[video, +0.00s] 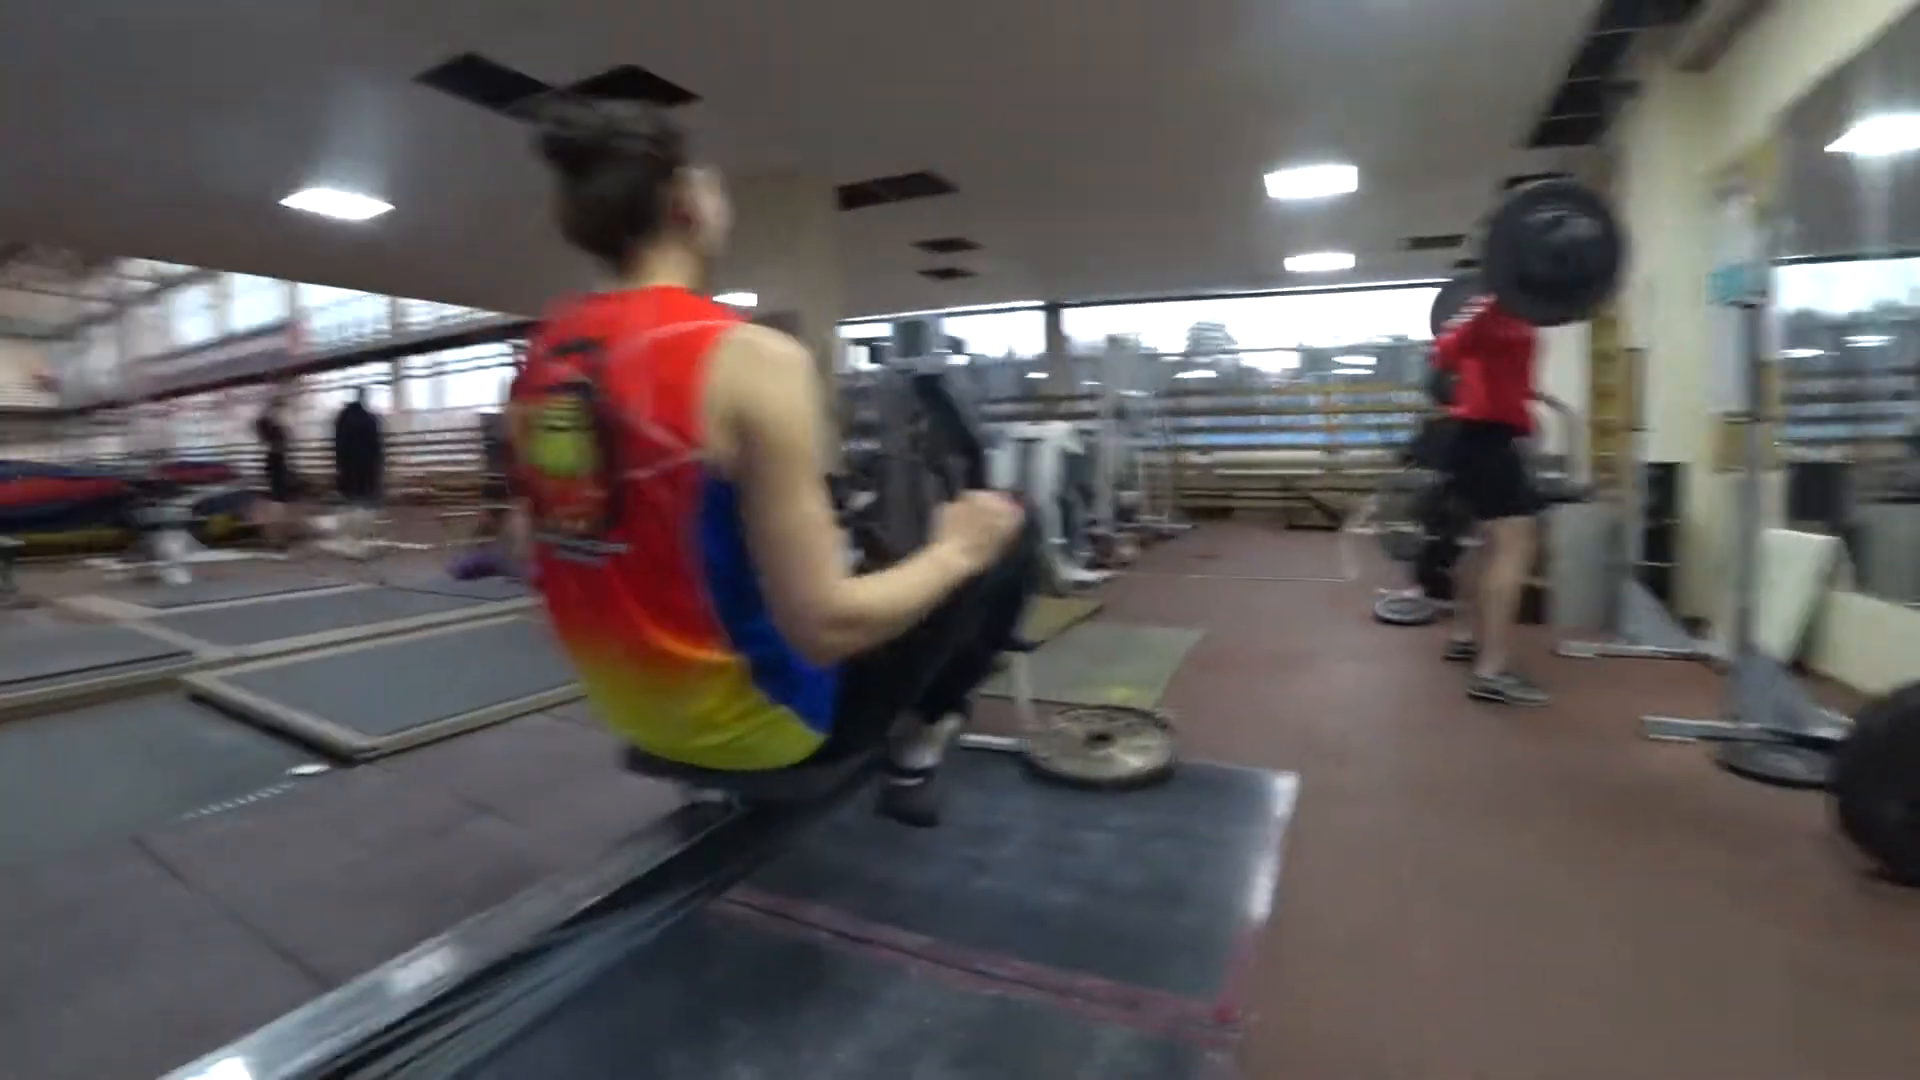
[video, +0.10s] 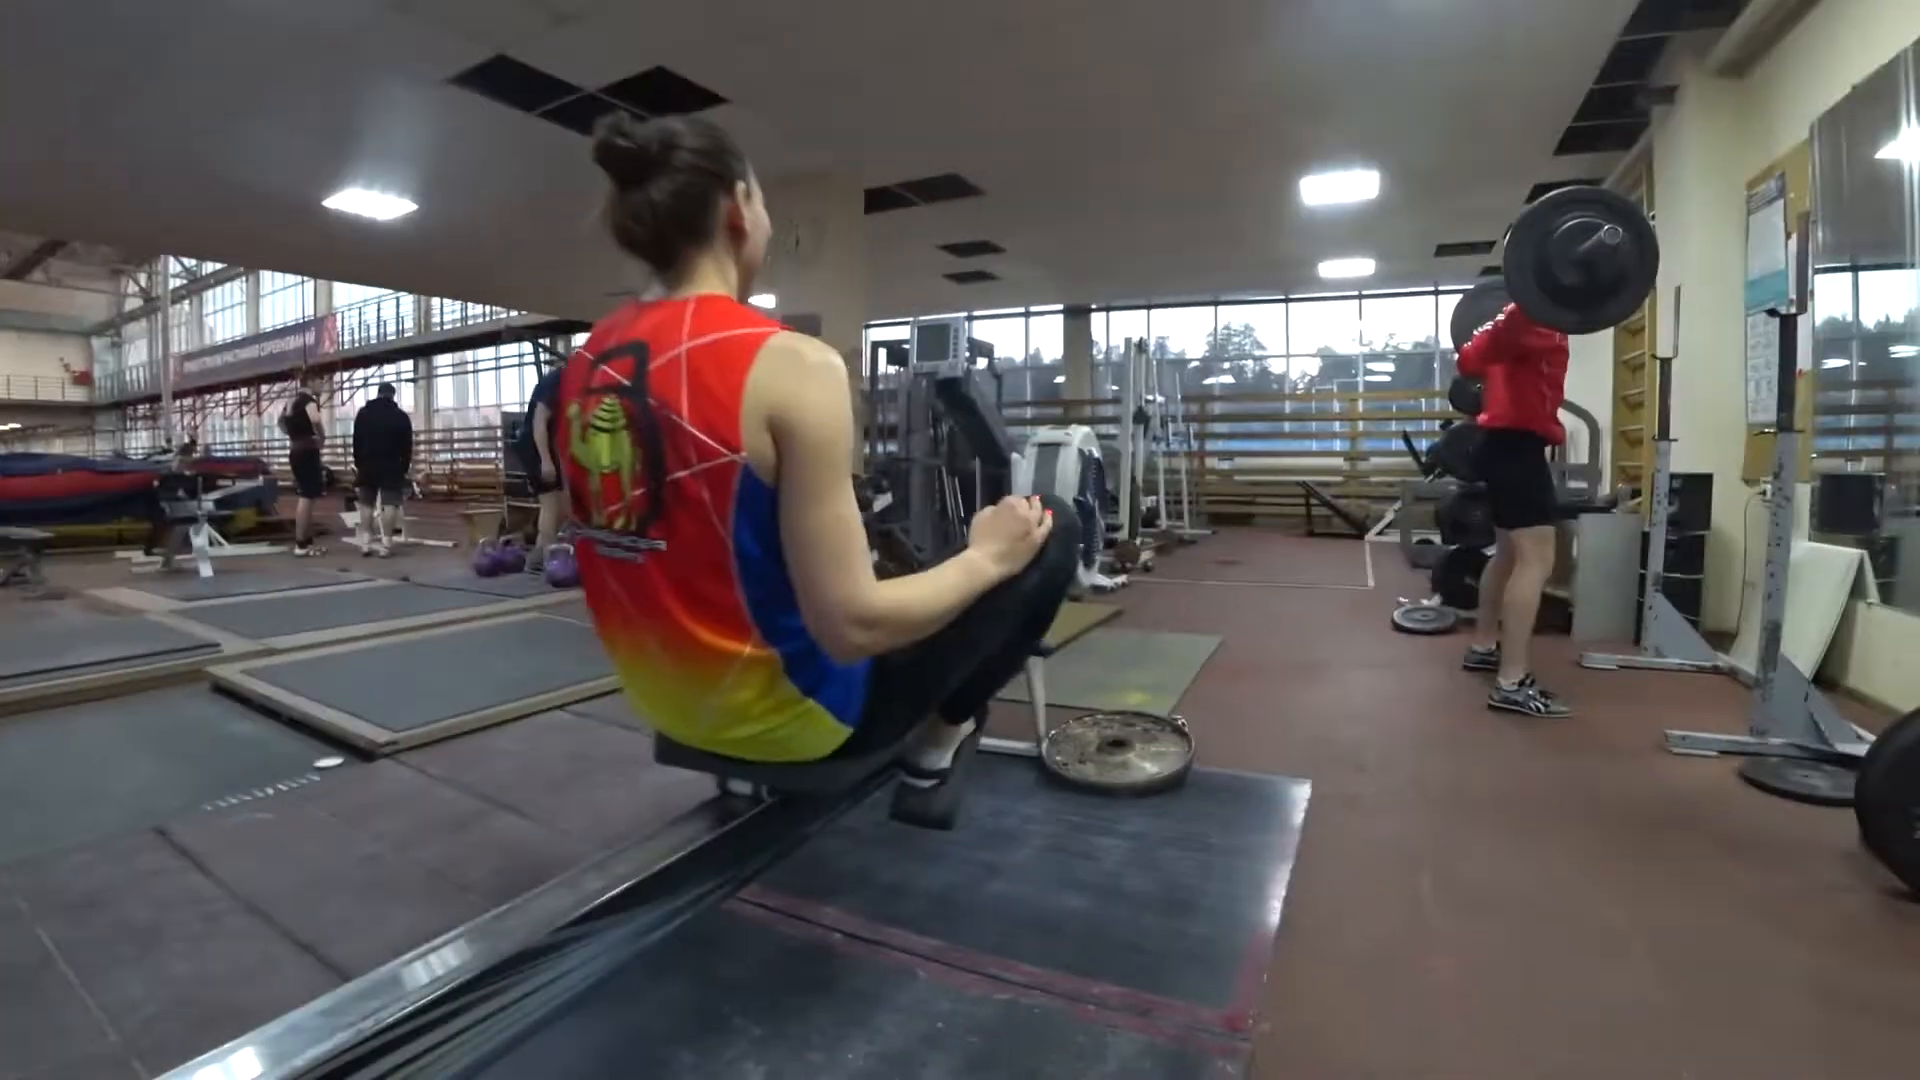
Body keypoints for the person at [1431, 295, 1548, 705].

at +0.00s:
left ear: (1510, 270)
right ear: (1518, 270)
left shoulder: (1519, 315)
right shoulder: (1491, 308)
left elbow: (1503, 373)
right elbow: (1445, 348)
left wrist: (1539, 396)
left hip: (1492, 432)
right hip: (1483, 433)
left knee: (1491, 541)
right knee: (1514, 544)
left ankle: (1470, 634)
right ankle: (1492, 669)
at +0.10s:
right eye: (1567, 270)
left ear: (1539, 275)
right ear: (1552, 273)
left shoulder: (1547, 319)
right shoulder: (1523, 315)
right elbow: (1469, 359)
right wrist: (1518, 310)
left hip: (1509, 444)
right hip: (1514, 446)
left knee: (1507, 554)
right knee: (1536, 559)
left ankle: (1484, 646)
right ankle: (1513, 682)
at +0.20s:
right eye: (1567, 278)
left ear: (1541, 281)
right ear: (1553, 280)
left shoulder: (1546, 324)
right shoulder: (1521, 321)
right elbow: (1467, 365)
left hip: (1506, 451)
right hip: (1511, 452)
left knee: (1504, 560)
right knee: (1533, 566)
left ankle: (1482, 653)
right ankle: (1510, 689)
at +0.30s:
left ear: (1530, 289)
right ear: (1549, 289)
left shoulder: (1535, 330)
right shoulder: (1520, 330)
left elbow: (1468, 370)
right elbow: (1464, 373)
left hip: (1497, 459)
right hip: (1508, 461)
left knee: (1498, 568)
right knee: (1528, 575)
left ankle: (1477, 660)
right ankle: (1505, 697)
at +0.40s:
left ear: (1525, 296)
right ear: (1544, 295)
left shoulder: (1533, 337)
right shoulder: (1517, 337)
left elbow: (1467, 377)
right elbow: (1461, 381)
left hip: (1495, 466)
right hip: (1507, 468)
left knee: (1498, 575)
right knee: (1527, 582)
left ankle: (1476, 667)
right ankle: (1505, 703)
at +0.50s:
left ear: (1527, 305)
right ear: (1546, 305)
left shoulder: (1531, 346)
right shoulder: (1517, 346)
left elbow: (1466, 385)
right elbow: (1461, 388)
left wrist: (1459, 387)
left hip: (1494, 474)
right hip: (1506, 476)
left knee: (1497, 583)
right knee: (1526, 590)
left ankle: (1476, 675)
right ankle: (1505, 712)